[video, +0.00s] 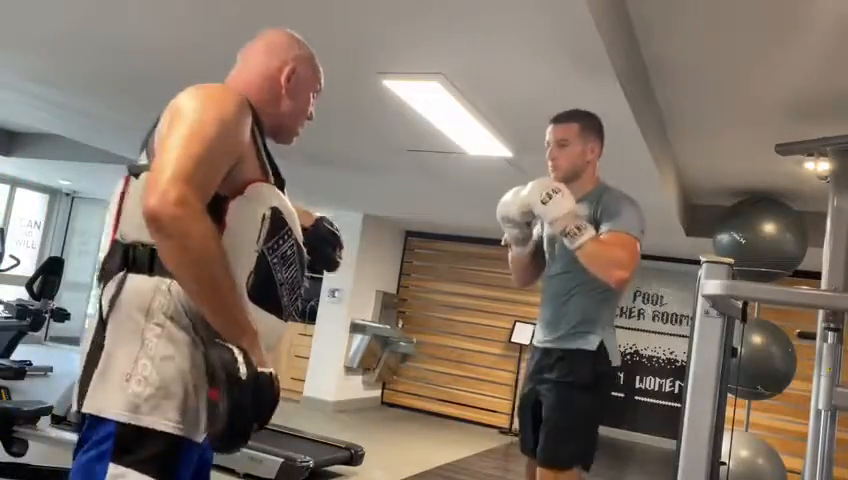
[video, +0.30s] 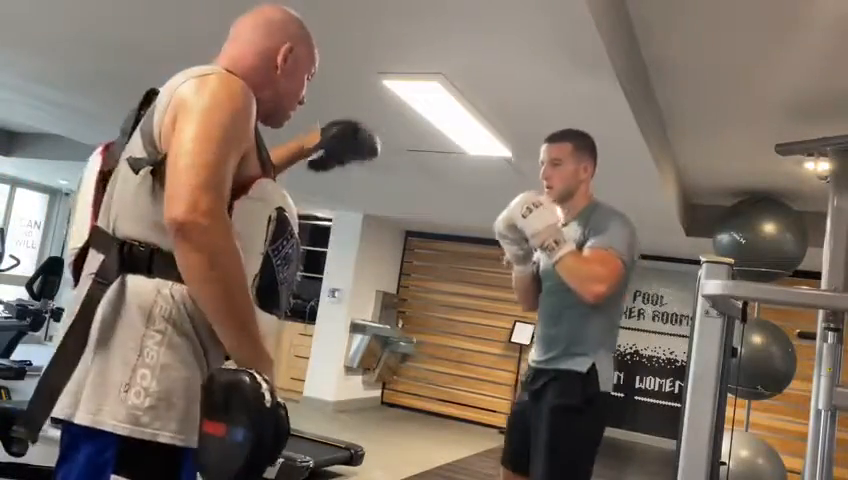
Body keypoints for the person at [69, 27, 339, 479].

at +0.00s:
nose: (313, 113)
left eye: (317, 99)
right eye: (315, 94)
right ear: (287, 77)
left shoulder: (248, 142)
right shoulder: (218, 103)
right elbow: (172, 206)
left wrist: (297, 221)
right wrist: (247, 341)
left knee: (184, 465)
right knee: (132, 467)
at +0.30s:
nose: (304, 95)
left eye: (310, 80)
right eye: (307, 76)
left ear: (239, 47)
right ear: (283, 57)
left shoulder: (197, 91)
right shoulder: (221, 91)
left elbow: (236, 174)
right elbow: (193, 217)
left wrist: (311, 146)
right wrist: (258, 368)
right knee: (141, 467)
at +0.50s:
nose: (319, 110)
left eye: (325, 100)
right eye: (322, 95)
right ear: (295, 77)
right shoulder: (229, 100)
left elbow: (274, 197)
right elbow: (186, 200)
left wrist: (331, 147)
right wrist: (239, 348)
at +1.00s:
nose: (343, 143)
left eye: (349, 132)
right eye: (345, 126)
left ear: (316, 108)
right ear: (323, 107)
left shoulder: (290, 170)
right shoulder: (265, 112)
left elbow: (298, 242)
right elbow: (209, 166)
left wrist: (353, 195)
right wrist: (277, 285)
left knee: (202, 462)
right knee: (147, 463)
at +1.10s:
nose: (336, 135)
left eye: (341, 124)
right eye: (338, 118)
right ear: (316, 98)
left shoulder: (281, 166)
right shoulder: (258, 106)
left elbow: (290, 236)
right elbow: (230, 174)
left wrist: (347, 181)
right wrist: (328, 282)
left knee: (203, 460)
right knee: (142, 464)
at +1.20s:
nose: (326, 123)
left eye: (330, 112)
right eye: (327, 107)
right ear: (305, 88)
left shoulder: (256, 141)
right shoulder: (238, 106)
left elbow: (277, 223)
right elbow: (263, 190)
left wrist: (336, 169)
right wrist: (364, 255)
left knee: (199, 464)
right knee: (137, 466)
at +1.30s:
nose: (317, 110)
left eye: (323, 98)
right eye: (320, 94)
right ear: (295, 76)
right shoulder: (229, 102)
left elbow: (255, 212)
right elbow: (298, 195)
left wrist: (324, 160)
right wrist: (395, 222)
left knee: (185, 466)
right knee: (132, 466)